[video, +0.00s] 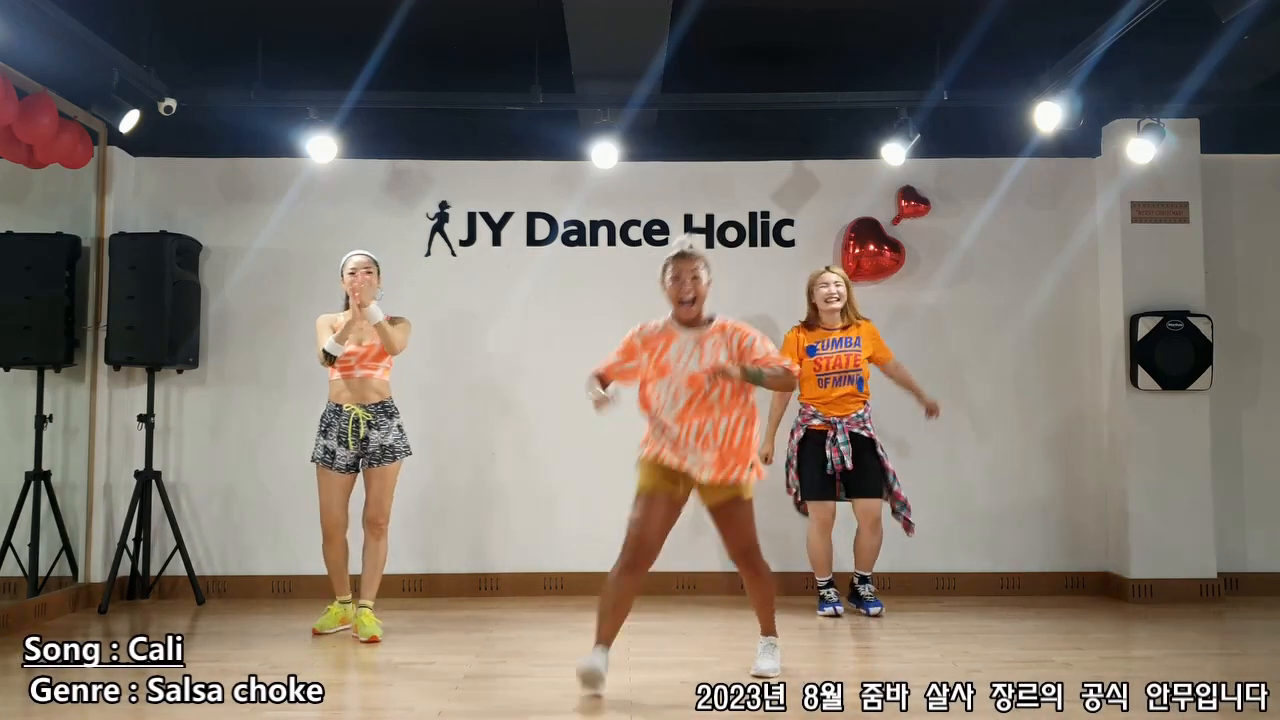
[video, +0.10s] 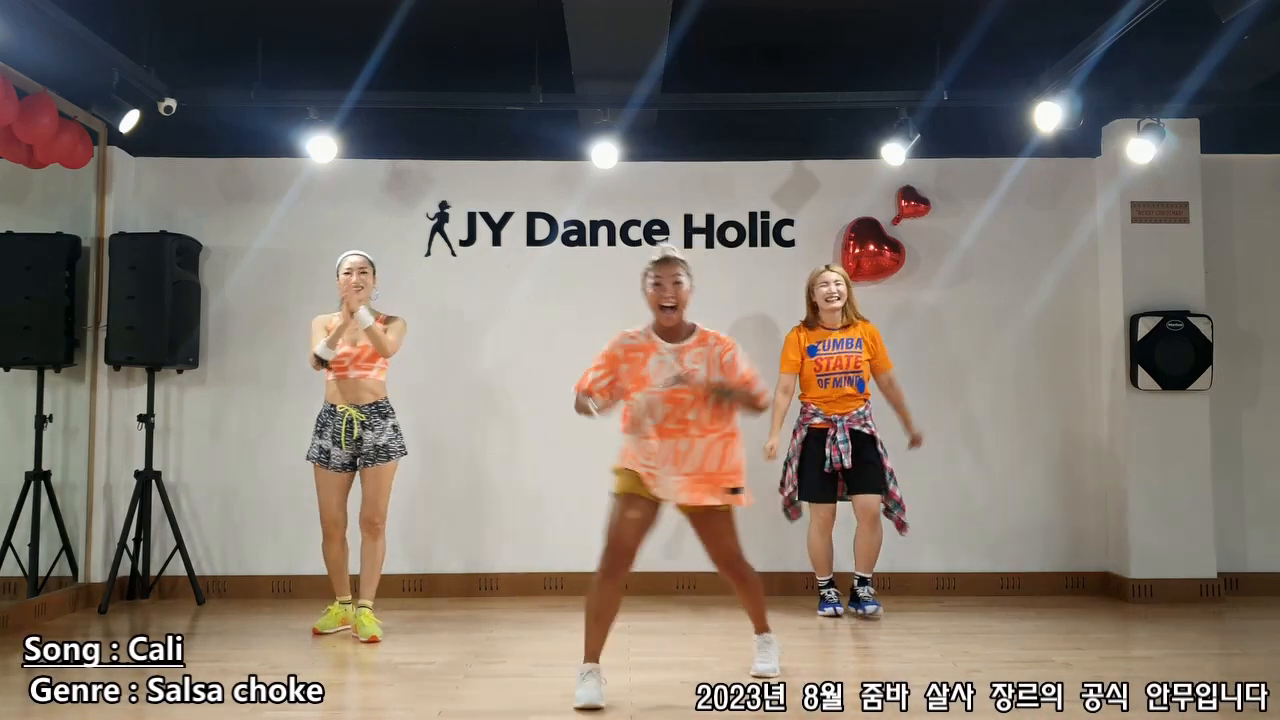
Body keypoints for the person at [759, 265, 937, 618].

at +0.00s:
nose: (832, 289)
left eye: (838, 284)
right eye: (824, 285)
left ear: (847, 292)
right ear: (812, 295)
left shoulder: (864, 331)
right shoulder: (797, 337)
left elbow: (892, 367)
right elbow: (782, 390)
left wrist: (923, 397)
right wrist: (768, 436)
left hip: (857, 431)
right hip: (814, 432)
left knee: (871, 514)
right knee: (822, 514)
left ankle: (863, 586)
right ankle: (826, 590)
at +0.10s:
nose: (832, 289)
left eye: (837, 283)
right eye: (824, 285)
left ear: (847, 291)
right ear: (812, 295)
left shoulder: (866, 332)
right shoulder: (799, 338)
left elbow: (888, 382)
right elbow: (784, 390)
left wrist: (909, 425)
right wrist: (774, 434)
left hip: (859, 431)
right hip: (817, 432)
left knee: (870, 510)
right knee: (822, 514)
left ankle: (863, 589)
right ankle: (826, 590)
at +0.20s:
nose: (835, 288)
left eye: (841, 283)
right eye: (827, 284)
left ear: (851, 291)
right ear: (816, 294)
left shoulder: (869, 332)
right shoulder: (803, 335)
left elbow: (881, 386)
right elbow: (789, 381)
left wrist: (890, 433)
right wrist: (784, 415)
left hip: (864, 430)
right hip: (821, 432)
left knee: (865, 513)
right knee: (825, 515)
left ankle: (860, 592)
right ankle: (827, 590)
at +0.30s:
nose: (840, 289)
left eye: (846, 283)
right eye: (832, 285)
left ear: (856, 291)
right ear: (821, 295)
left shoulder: (874, 331)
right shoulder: (807, 334)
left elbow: (881, 380)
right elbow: (793, 373)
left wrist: (868, 413)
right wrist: (789, 393)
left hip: (863, 431)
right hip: (822, 432)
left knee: (868, 515)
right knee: (826, 516)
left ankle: (861, 592)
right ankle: (827, 590)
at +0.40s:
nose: (843, 287)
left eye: (848, 281)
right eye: (835, 283)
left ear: (859, 289)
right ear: (824, 293)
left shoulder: (877, 329)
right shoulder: (809, 332)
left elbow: (885, 377)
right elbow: (787, 382)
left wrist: (855, 382)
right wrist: (795, 371)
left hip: (865, 429)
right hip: (822, 430)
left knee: (867, 514)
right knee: (823, 512)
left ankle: (861, 592)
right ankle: (828, 584)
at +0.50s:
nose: (842, 285)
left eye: (848, 279)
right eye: (834, 281)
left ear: (859, 288)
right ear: (824, 292)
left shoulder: (876, 326)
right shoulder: (810, 331)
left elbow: (887, 371)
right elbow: (778, 378)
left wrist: (849, 353)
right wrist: (790, 361)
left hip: (865, 428)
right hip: (822, 428)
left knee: (866, 515)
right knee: (818, 510)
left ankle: (861, 592)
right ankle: (828, 584)